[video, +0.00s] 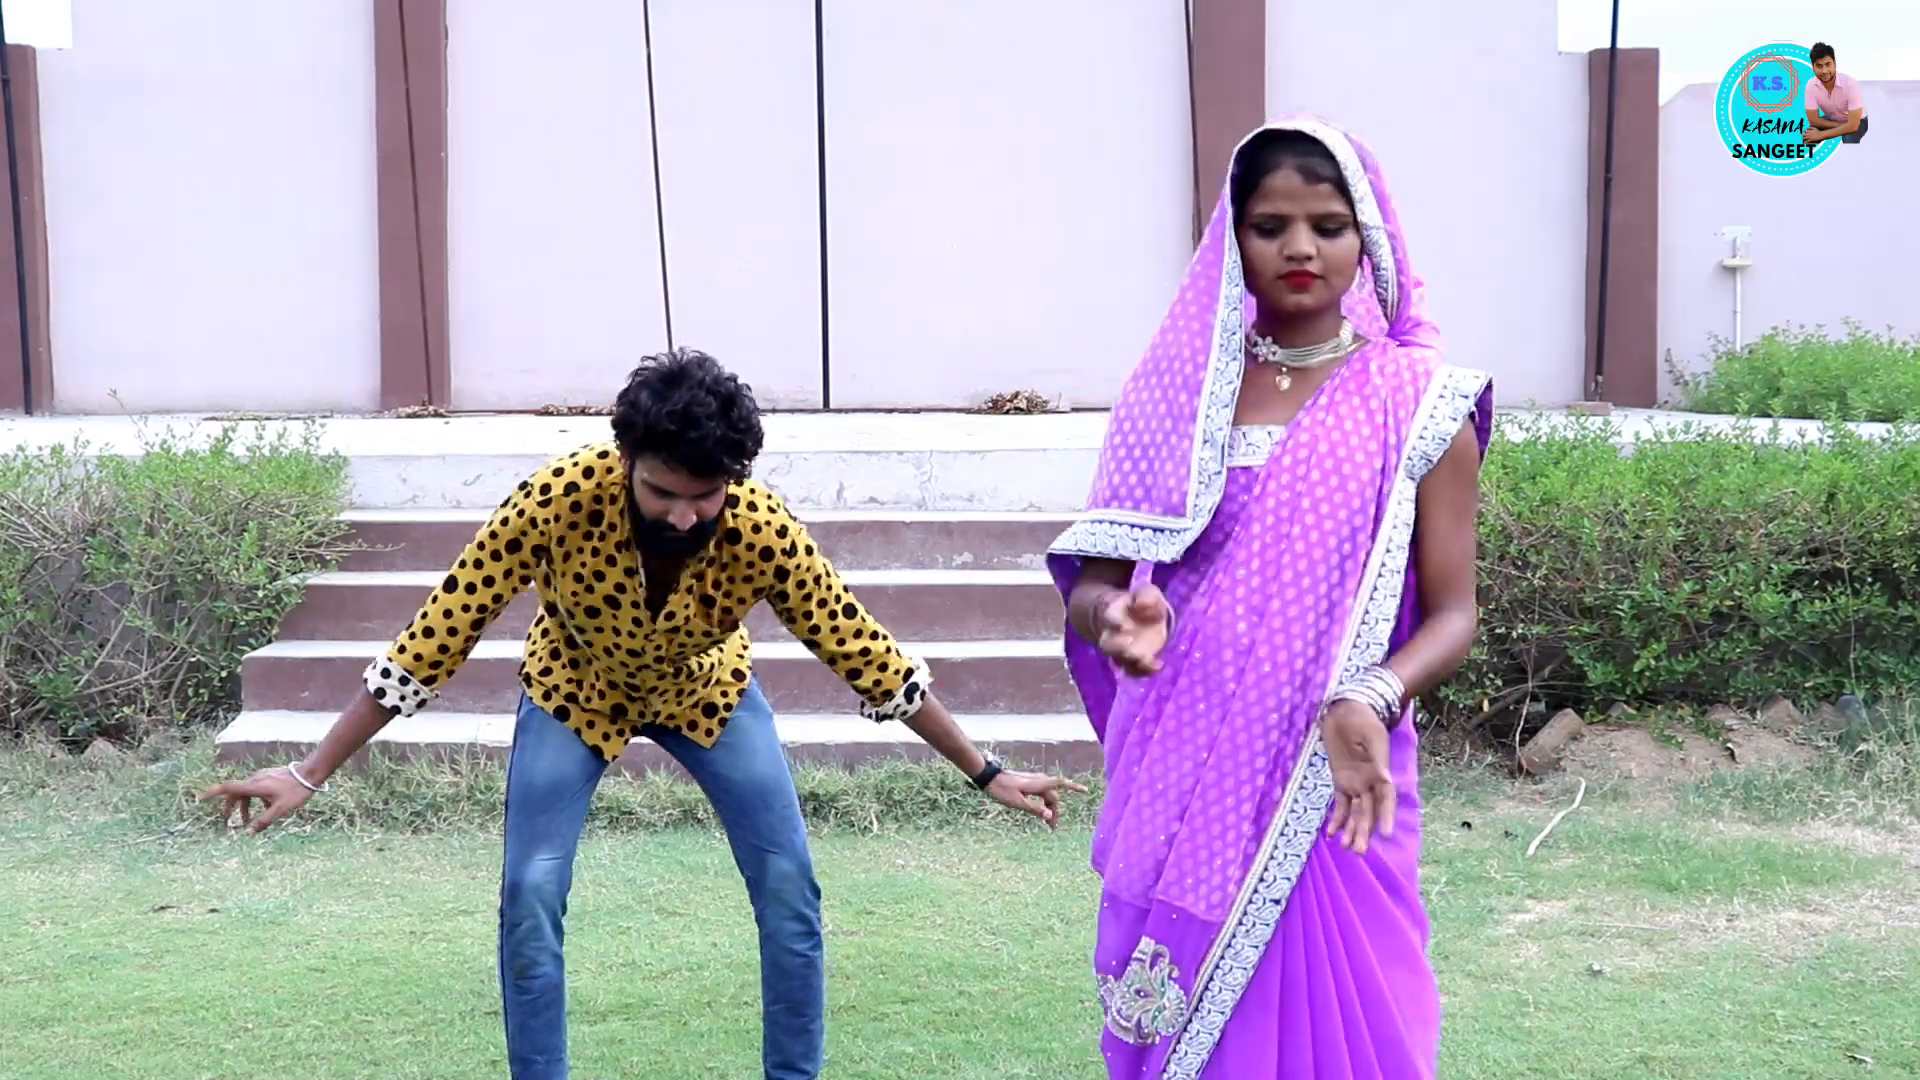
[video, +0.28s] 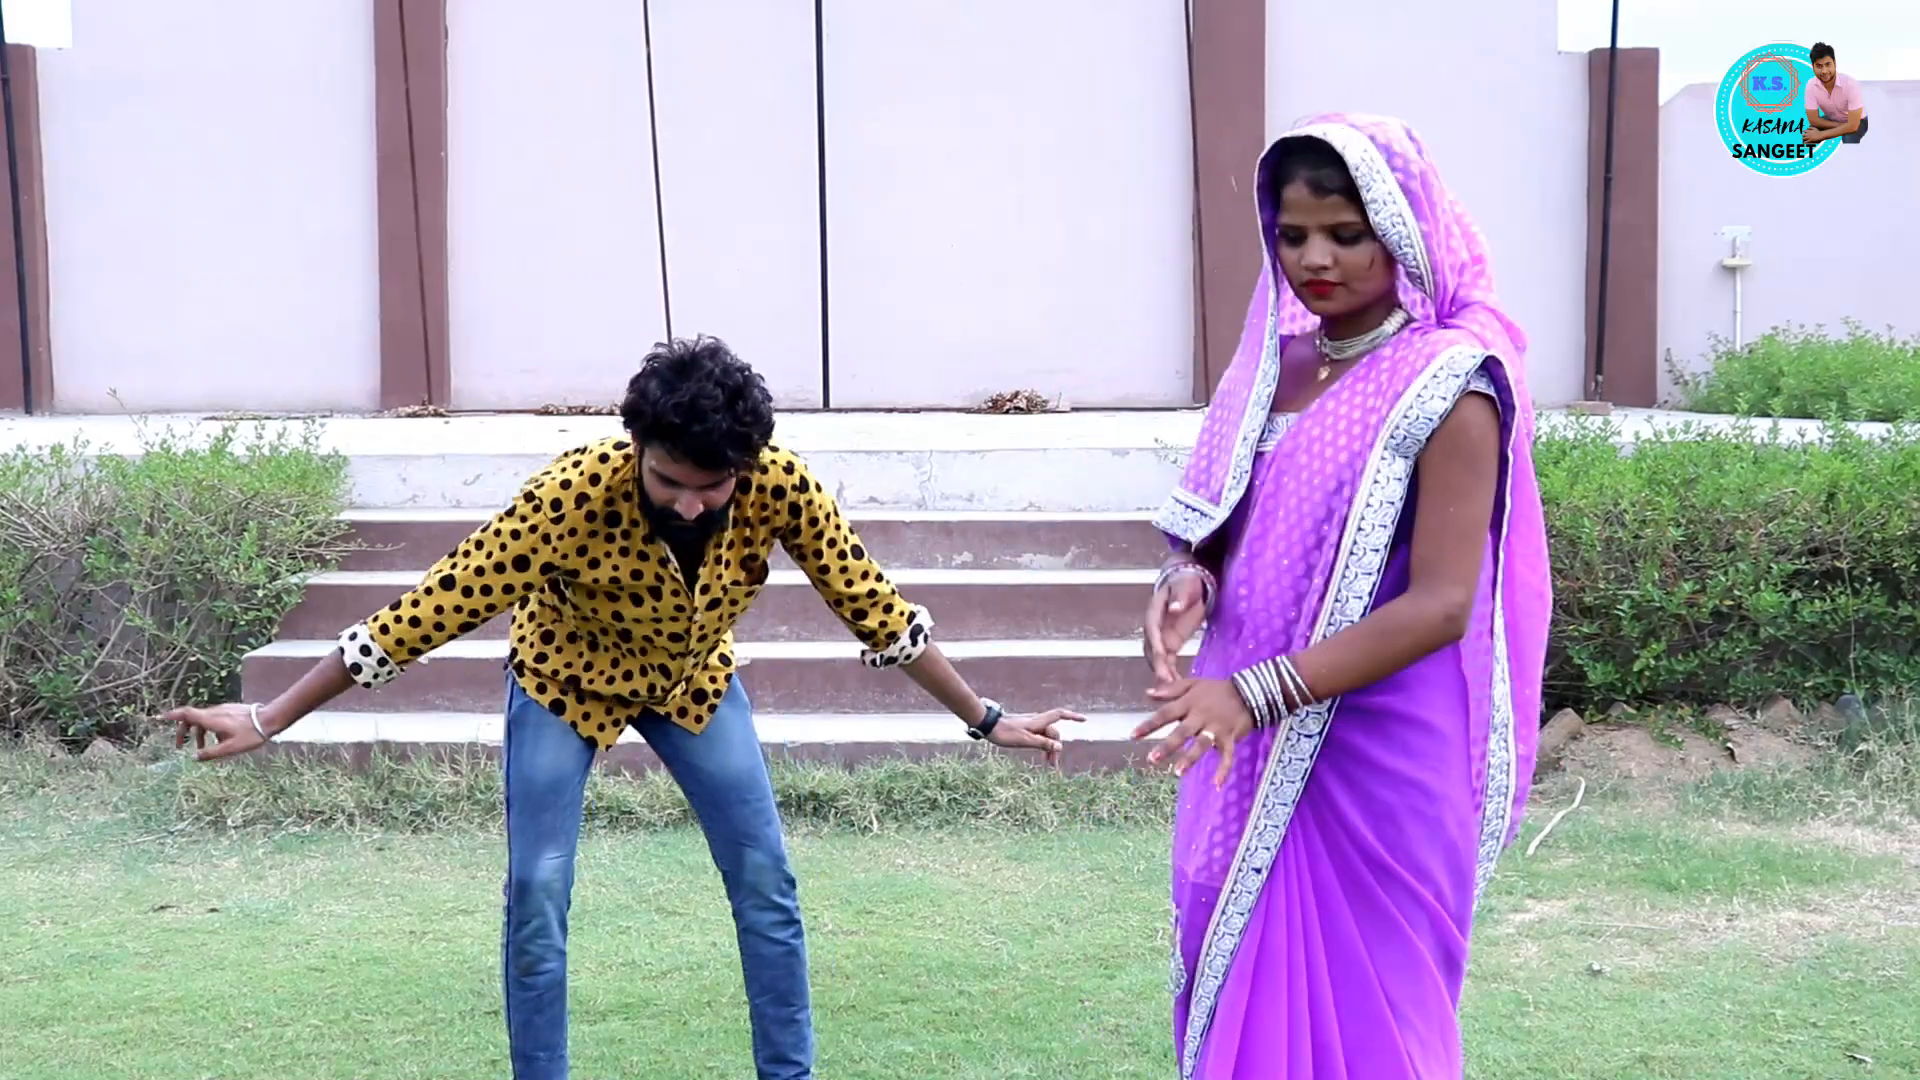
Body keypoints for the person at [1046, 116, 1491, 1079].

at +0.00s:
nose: (1299, 248)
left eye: (1327, 224)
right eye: (1272, 225)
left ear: (1364, 240)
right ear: (1235, 240)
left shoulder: (1420, 400)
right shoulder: (1175, 391)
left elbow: (1454, 612)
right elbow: (1090, 583)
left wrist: (1373, 695)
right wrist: (1115, 615)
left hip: (1327, 791)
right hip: (1177, 781)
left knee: (1331, 1046)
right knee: (1171, 1043)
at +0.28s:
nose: (1315, 260)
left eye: (1345, 235)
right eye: (1294, 236)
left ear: (1405, 236)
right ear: (1272, 238)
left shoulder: (1451, 389)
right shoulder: (1271, 369)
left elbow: (1441, 603)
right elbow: (1223, 526)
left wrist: (1257, 690)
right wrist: (1193, 574)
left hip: (1381, 777)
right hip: (1246, 755)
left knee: (1367, 1036)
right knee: (1238, 1021)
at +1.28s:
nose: (1289, 258)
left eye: (1306, 238)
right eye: (1292, 236)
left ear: (1374, 249)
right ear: (1382, 252)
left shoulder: (1364, 388)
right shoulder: (1447, 371)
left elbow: (1315, 586)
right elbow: (1415, 570)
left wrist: (1166, 653)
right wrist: (1284, 593)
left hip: (1339, 731)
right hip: (1411, 724)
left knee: (1274, 969)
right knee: (1386, 954)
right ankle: (1415, 1058)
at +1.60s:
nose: (1284, 240)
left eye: (1308, 225)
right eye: (1286, 221)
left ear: (1372, 245)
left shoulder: (1346, 381)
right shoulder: (1415, 359)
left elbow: (1330, 581)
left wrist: (1290, 749)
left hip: (1326, 710)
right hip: (1385, 704)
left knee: (1282, 980)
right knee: (1370, 971)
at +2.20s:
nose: (1273, 264)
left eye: (1298, 248)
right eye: (1266, 245)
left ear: (1355, 264)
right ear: (1257, 248)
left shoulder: (1332, 375)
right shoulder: (1375, 357)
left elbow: (1352, 507)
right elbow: (1306, 385)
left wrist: (1359, 619)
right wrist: (1243, 336)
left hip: (1294, 704)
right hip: (1348, 700)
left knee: (1198, 919)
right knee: (1324, 925)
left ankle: (1224, 1066)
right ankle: (1338, 1058)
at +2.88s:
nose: (1152, 314)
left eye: (1174, 296)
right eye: (1141, 294)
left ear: (1229, 298)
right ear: (1135, 293)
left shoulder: (1223, 405)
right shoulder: (1198, 384)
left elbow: (1230, 527)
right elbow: (1161, 264)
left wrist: (1234, 628)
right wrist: (1137, 141)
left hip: (1137, 689)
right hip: (1132, 683)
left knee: (1069, 911)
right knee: (1138, 917)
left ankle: (1113, 1062)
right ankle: (1165, 1055)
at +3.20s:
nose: (1130, 317)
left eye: (1153, 299)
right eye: (1118, 296)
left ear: (1209, 305)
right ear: (1111, 295)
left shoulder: (1200, 412)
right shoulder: (1169, 392)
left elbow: (1191, 534)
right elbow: (1142, 272)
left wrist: (1203, 630)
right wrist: (1143, 157)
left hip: (1111, 701)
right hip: (1094, 693)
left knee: (1037, 930)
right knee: (1108, 936)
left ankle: (1067, 1066)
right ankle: (1133, 1059)